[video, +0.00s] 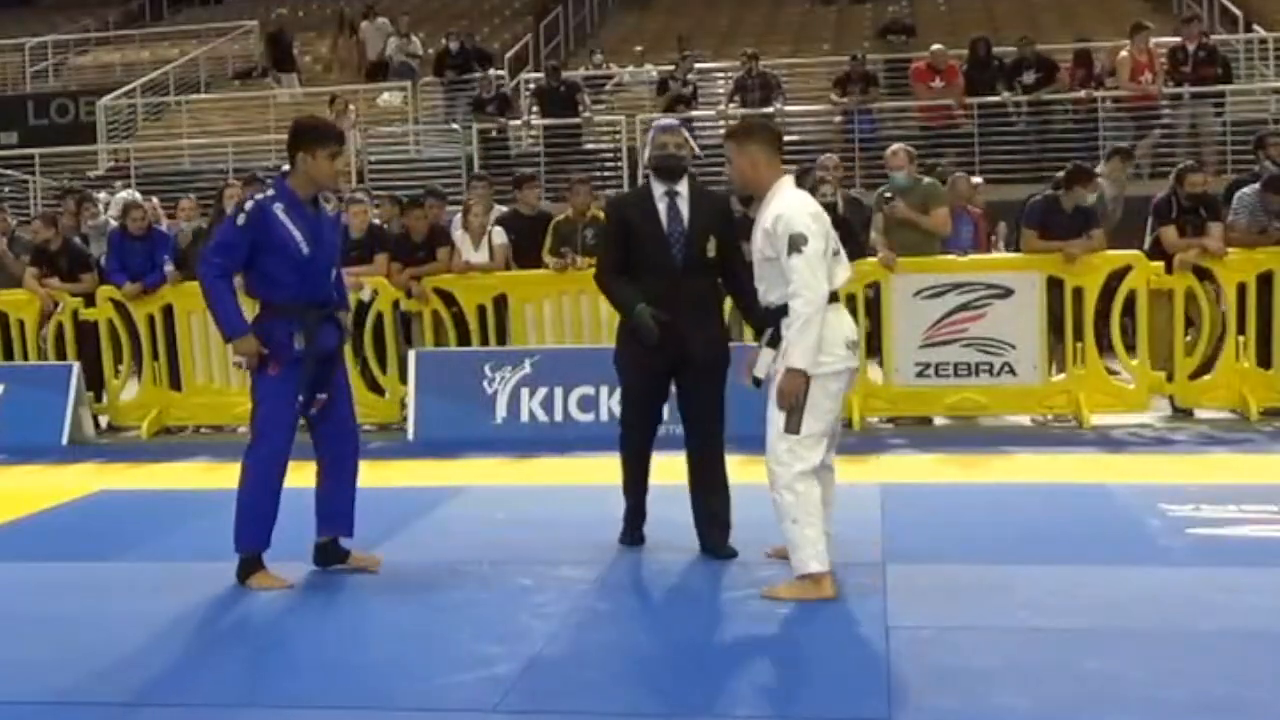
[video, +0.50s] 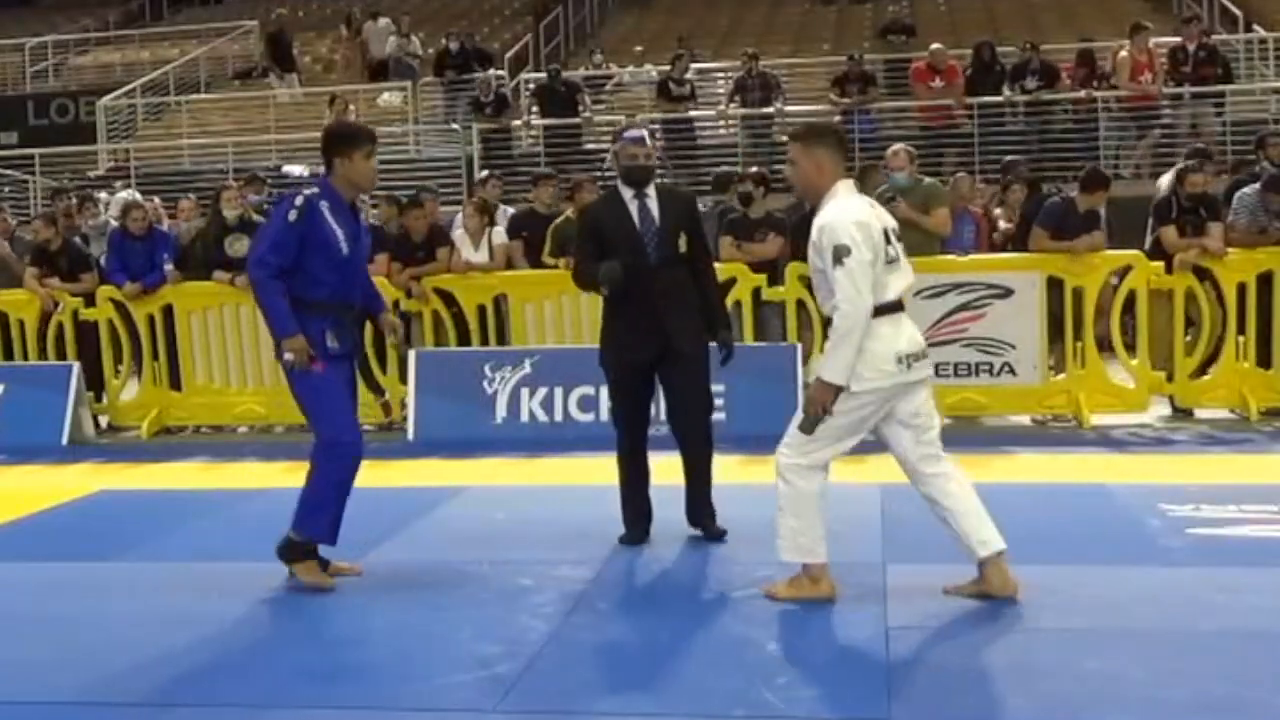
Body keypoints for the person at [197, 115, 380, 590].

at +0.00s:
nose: (340, 167)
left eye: (341, 158)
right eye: (333, 158)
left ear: (317, 160)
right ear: (304, 158)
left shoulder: (326, 212)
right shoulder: (260, 206)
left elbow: (332, 273)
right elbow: (213, 268)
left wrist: (341, 318)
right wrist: (238, 333)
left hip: (325, 336)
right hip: (279, 336)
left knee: (341, 441)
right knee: (271, 447)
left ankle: (331, 545)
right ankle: (250, 560)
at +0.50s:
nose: (376, 169)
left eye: (375, 160)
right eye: (370, 160)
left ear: (350, 163)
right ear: (342, 162)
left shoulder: (351, 214)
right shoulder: (301, 206)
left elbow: (355, 273)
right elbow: (261, 268)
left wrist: (381, 313)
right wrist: (287, 332)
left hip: (340, 338)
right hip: (308, 340)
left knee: (340, 441)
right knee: (342, 441)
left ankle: (311, 545)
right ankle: (301, 543)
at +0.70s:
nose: (412, 178)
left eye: (410, 169)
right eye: (405, 169)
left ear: (384, 173)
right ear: (378, 173)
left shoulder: (380, 223)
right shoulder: (345, 206)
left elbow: (363, 284)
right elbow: (288, 255)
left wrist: (393, 315)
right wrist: (313, 327)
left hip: (347, 340)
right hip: (321, 342)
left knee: (338, 445)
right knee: (365, 446)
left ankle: (309, 551)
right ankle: (386, 563)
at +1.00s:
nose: (475, 241)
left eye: (478, 231)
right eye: (473, 229)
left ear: (444, 219)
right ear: (447, 219)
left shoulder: (403, 231)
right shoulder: (405, 254)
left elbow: (417, 310)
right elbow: (417, 319)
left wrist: (478, 346)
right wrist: (490, 350)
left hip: (310, 332)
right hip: (330, 345)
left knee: (321, 441)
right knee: (380, 454)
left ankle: (297, 547)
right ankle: (385, 566)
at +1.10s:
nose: (481, 249)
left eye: (483, 240)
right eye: (476, 239)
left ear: (444, 229)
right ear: (450, 234)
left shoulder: (407, 230)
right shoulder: (425, 275)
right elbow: (468, 326)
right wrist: (547, 342)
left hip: (309, 330)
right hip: (332, 348)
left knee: (308, 440)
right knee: (383, 452)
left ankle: (285, 540)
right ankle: (387, 567)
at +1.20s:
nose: (484, 257)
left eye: (485, 248)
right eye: (479, 247)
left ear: (449, 236)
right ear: (453, 241)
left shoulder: (410, 237)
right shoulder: (425, 279)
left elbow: (361, 261)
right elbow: (470, 335)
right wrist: (546, 344)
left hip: (308, 329)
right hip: (331, 349)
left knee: (308, 439)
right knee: (384, 451)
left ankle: (285, 539)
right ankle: (387, 566)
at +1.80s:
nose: (398, 199)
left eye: (398, 190)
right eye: (390, 190)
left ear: (372, 192)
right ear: (362, 192)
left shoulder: (358, 233)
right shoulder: (339, 234)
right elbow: (322, 301)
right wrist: (366, 360)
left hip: (313, 350)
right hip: (306, 353)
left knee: (334, 452)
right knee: (368, 452)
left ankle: (281, 541)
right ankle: (387, 564)